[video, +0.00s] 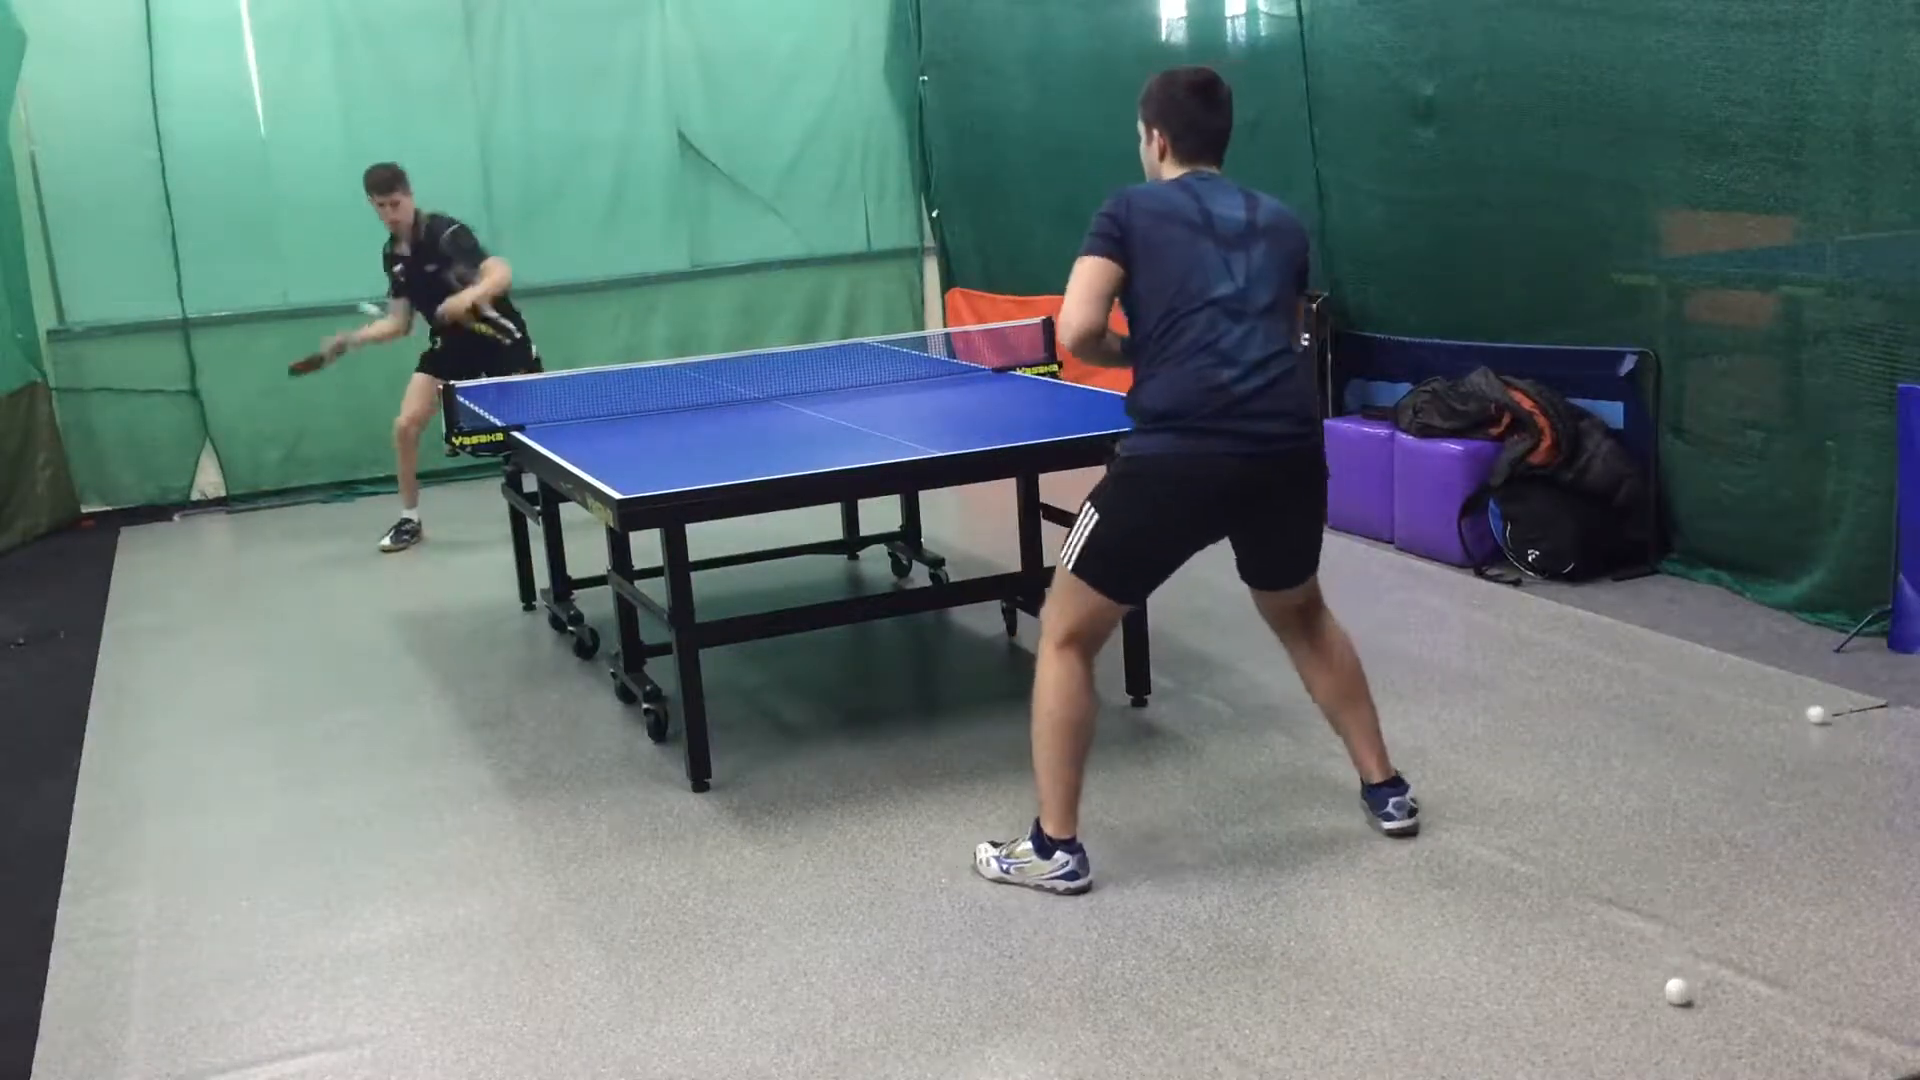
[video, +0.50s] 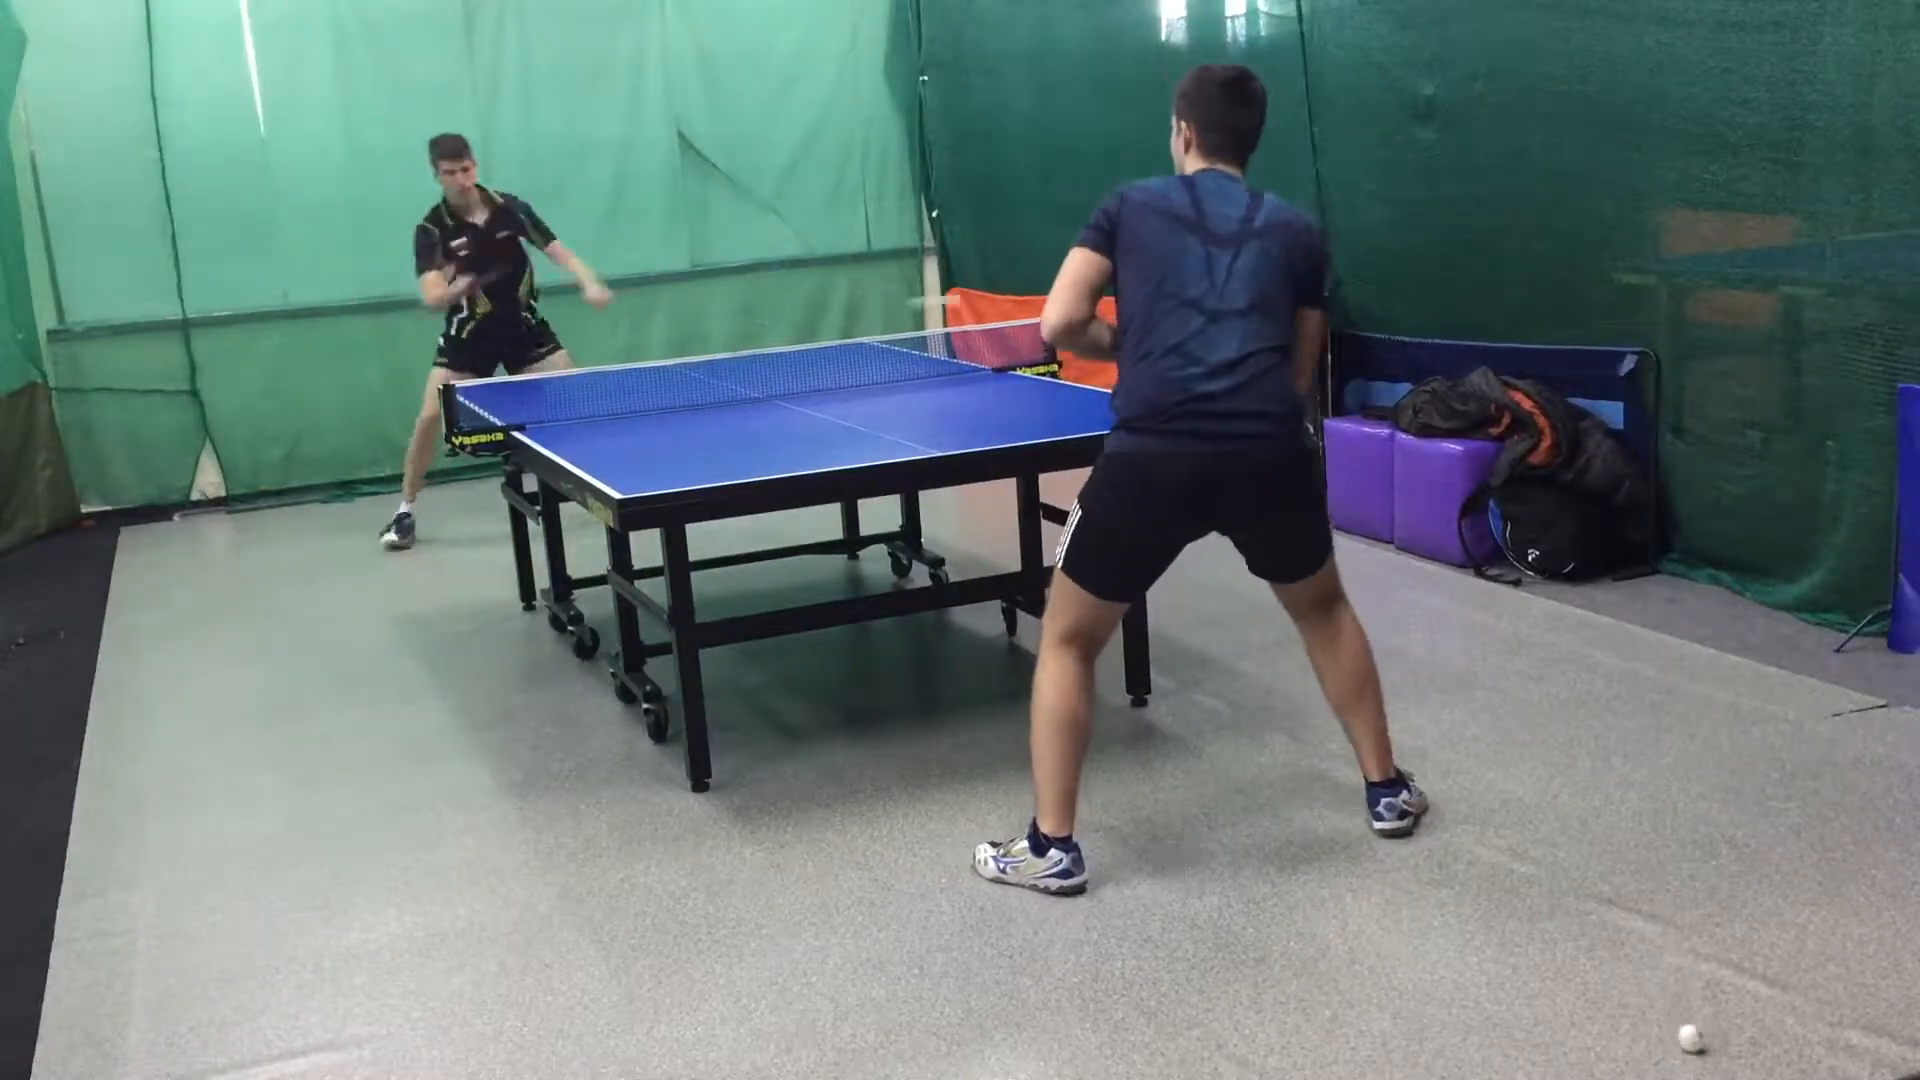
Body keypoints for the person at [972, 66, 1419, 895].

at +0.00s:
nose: (1142, 147)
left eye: (1143, 136)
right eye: (1147, 134)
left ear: (1155, 140)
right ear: (1225, 141)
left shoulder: (1131, 210)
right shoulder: (1284, 221)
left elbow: (1080, 330)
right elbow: (1287, 331)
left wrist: (1136, 352)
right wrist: (1192, 338)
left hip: (1174, 464)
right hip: (1286, 462)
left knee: (1068, 636)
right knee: (1303, 615)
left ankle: (1056, 844)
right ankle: (1386, 789)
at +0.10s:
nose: (1145, 131)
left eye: (1146, 120)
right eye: (1151, 119)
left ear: (1157, 125)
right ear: (1229, 126)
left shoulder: (1123, 197)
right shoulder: (1286, 209)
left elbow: (1062, 316)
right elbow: (1306, 353)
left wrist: (1127, 338)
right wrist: (1263, 397)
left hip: (1157, 450)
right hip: (1273, 448)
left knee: (1072, 638)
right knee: (1311, 612)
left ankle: (1055, 844)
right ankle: (1386, 790)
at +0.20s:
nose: (1156, 140)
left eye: (1155, 129)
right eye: (1163, 127)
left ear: (1164, 133)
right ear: (1237, 133)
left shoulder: (1118, 206)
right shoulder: (1289, 217)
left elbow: (1054, 322)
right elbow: (1316, 358)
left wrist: (1116, 343)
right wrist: (1366, 405)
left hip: (1147, 456)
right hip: (1264, 454)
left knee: (1066, 641)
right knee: (1318, 614)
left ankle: (1052, 844)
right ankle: (1385, 791)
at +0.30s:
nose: (1173, 162)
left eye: (1173, 152)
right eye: (1183, 153)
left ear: (1182, 158)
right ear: (1255, 162)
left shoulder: (1128, 228)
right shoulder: (1297, 243)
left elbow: (1058, 342)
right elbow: (1319, 394)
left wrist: (1131, 369)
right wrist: (1368, 383)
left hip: (1140, 480)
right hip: (1261, 481)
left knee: (1060, 647)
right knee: (1327, 616)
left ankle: (1052, 844)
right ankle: (1386, 792)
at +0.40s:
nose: (1182, 159)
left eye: (1182, 148)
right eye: (1195, 150)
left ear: (1190, 154)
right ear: (1262, 164)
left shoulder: (1131, 227)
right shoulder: (1300, 248)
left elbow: (1063, 342)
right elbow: (1314, 395)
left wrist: (1137, 366)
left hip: (1145, 483)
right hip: (1264, 484)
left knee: (1066, 648)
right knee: (1328, 615)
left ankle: (1052, 843)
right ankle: (1386, 791)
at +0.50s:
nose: (1170, 140)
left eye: (1172, 129)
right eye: (1182, 129)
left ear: (1182, 136)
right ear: (1254, 143)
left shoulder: (1131, 206)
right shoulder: (1298, 231)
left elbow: (1063, 324)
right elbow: (1302, 374)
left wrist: (1128, 347)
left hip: (1152, 466)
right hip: (1267, 463)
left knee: (1070, 641)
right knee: (1323, 612)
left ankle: (1053, 843)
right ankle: (1385, 789)